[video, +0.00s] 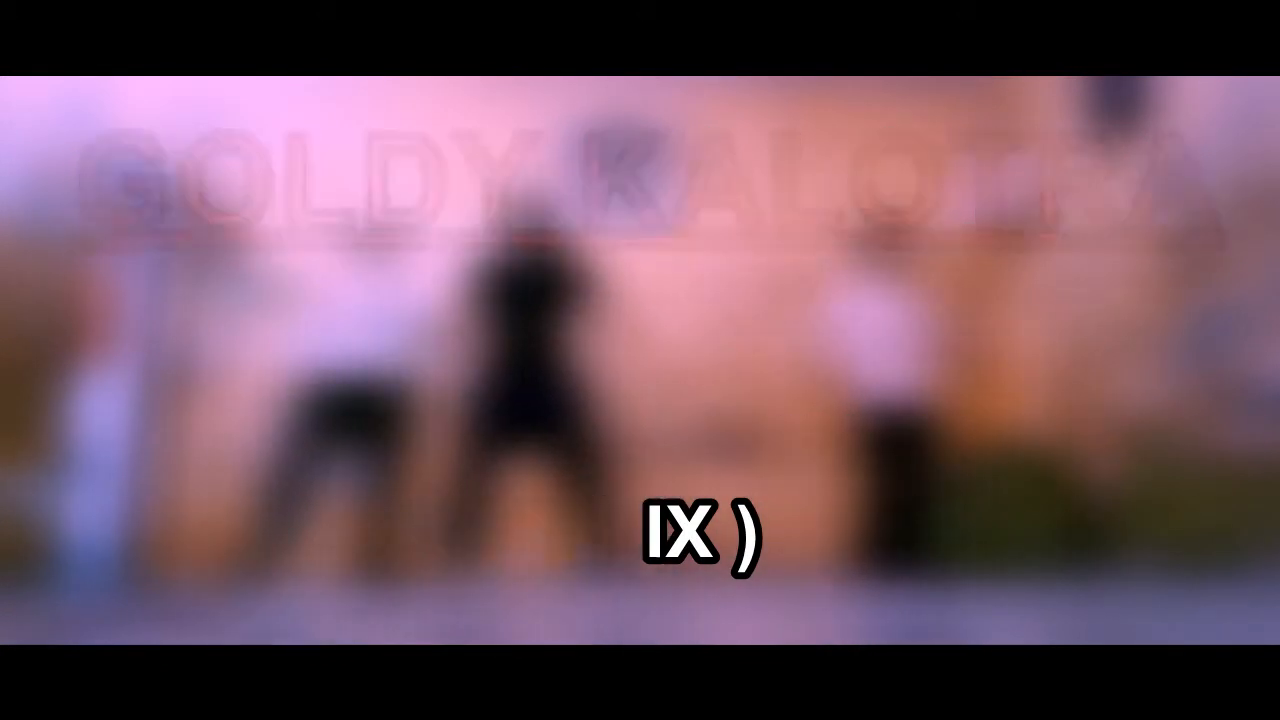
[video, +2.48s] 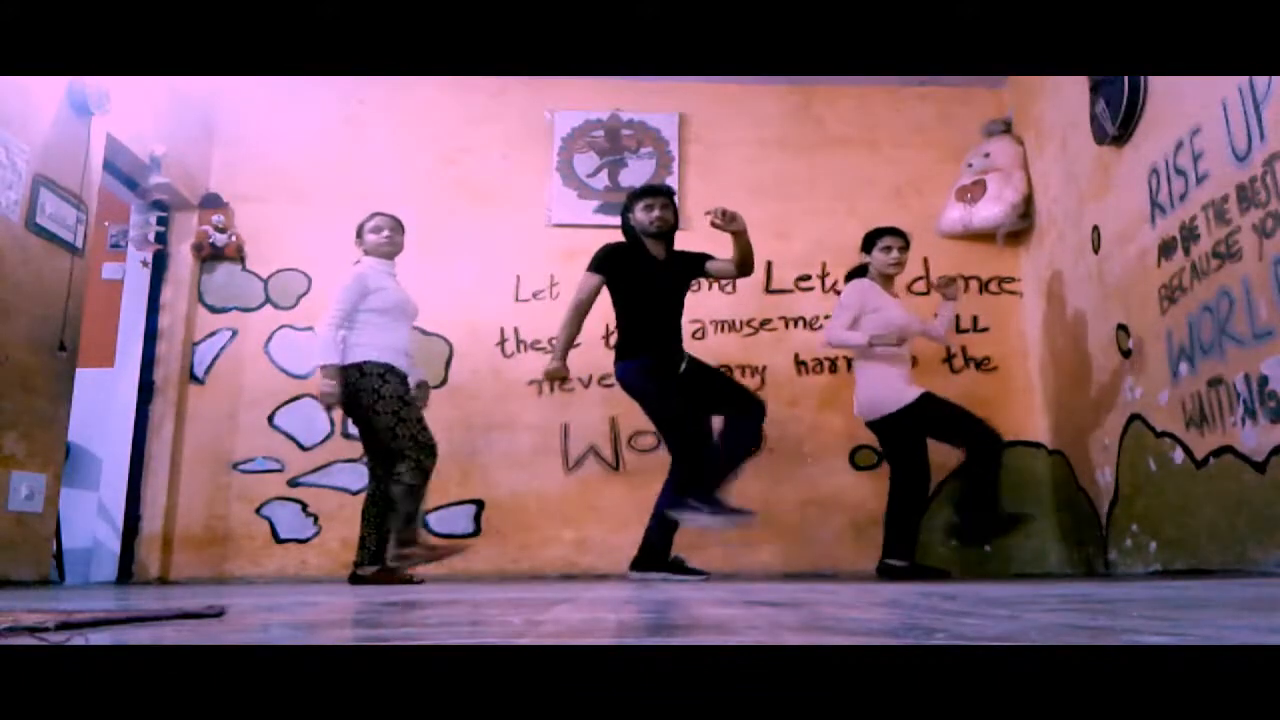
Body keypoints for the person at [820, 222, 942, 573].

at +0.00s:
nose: (887, 248)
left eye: (894, 237)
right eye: (879, 237)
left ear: (904, 243)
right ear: (863, 242)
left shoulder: (912, 289)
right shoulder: (848, 290)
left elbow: (933, 343)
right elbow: (831, 346)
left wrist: (928, 383)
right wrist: (854, 383)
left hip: (913, 398)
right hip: (871, 399)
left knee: (916, 485)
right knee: (880, 487)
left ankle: (913, 552)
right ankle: (879, 554)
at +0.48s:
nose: (839, 244)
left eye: (847, 238)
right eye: (830, 239)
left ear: (860, 246)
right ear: (820, 249)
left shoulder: (880, 292)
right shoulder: (802, 291)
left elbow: (895, 340)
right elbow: (787, 339)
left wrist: (907, 385)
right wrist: (787, 376)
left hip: (873, 401)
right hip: (817, 403)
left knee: (888, 485)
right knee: (813, 486)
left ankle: (903, 561)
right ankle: (810, 563)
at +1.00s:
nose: (892, 226)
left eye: (900, 219)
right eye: (881, 220)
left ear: (912, 230)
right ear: (865, 230)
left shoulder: (932, 277)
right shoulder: (843, 279)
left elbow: (977, 312)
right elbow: (801, 325)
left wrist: (976, 275)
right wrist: (765, 360)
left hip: (919, 404)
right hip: (868, 401)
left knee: (918, 499)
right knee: (911, 494)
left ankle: (895, 595)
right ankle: (918, 596)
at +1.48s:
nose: (934, 227)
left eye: (941, 221)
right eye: (923, 221)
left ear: (950, 230)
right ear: (903, 230)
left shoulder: (961, 285)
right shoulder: (884, 274)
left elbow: (1010, 308)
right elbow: (833, 317)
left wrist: (1022, 258)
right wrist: (802, 305)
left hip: (945, 408)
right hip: (915, 407)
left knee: (935, 499)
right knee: (987, 493)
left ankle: (911, 595)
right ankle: (984, 594)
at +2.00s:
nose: (902, 251)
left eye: (907, 246)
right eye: (893, 245)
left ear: (913, 254)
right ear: (875, 253)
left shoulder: (906, 300)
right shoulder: (866, 285)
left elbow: (948, 329)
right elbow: (842, 324)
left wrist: (973, 307)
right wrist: (889, 292)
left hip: (904, 394)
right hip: (887, 394)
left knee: (920, 473)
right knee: (943, 468)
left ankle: (900, 555)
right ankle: (917, 554)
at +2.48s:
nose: (894, 256)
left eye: (900, 251)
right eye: (885, 249)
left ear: (905, 258)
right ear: (868, 255)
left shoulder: (890, 301)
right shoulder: (859, 289)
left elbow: (938, 333)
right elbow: (832, 335)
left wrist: (949, 300)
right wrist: (876, 339)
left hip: (888, 398)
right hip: (890, 396)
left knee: (910, 477)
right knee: (984, 440)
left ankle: (896, 559)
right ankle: (977, 527)